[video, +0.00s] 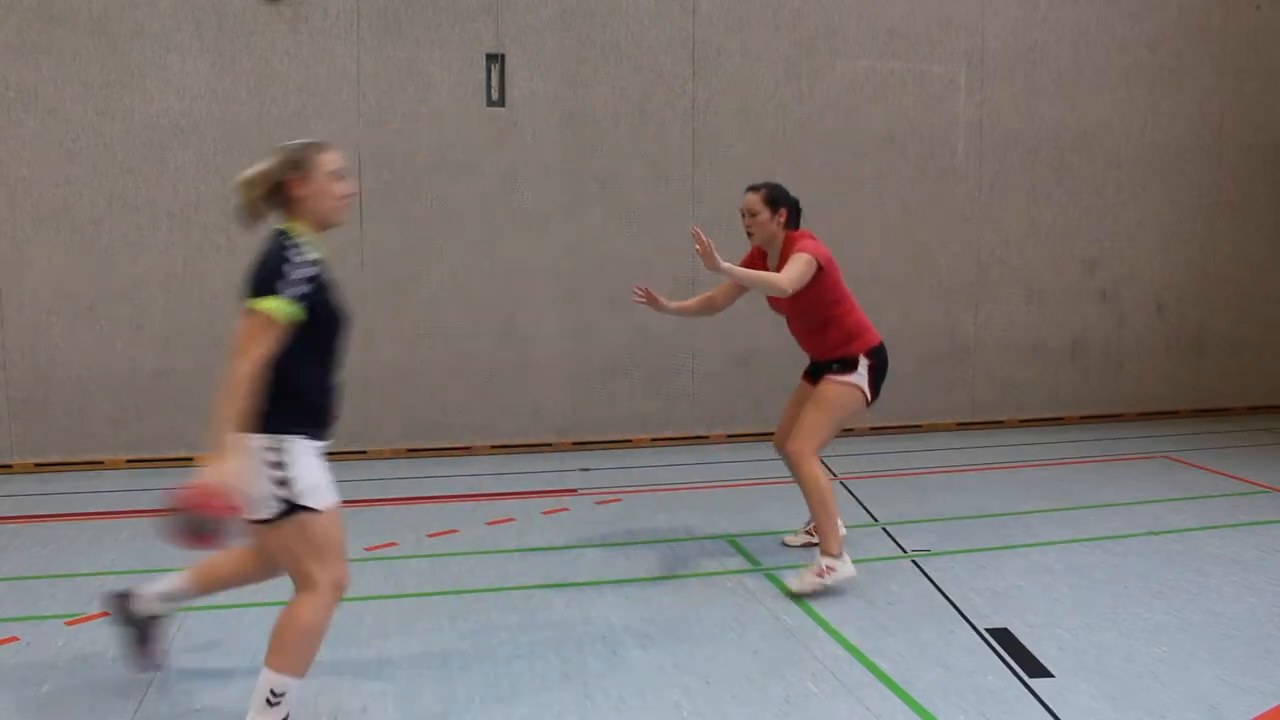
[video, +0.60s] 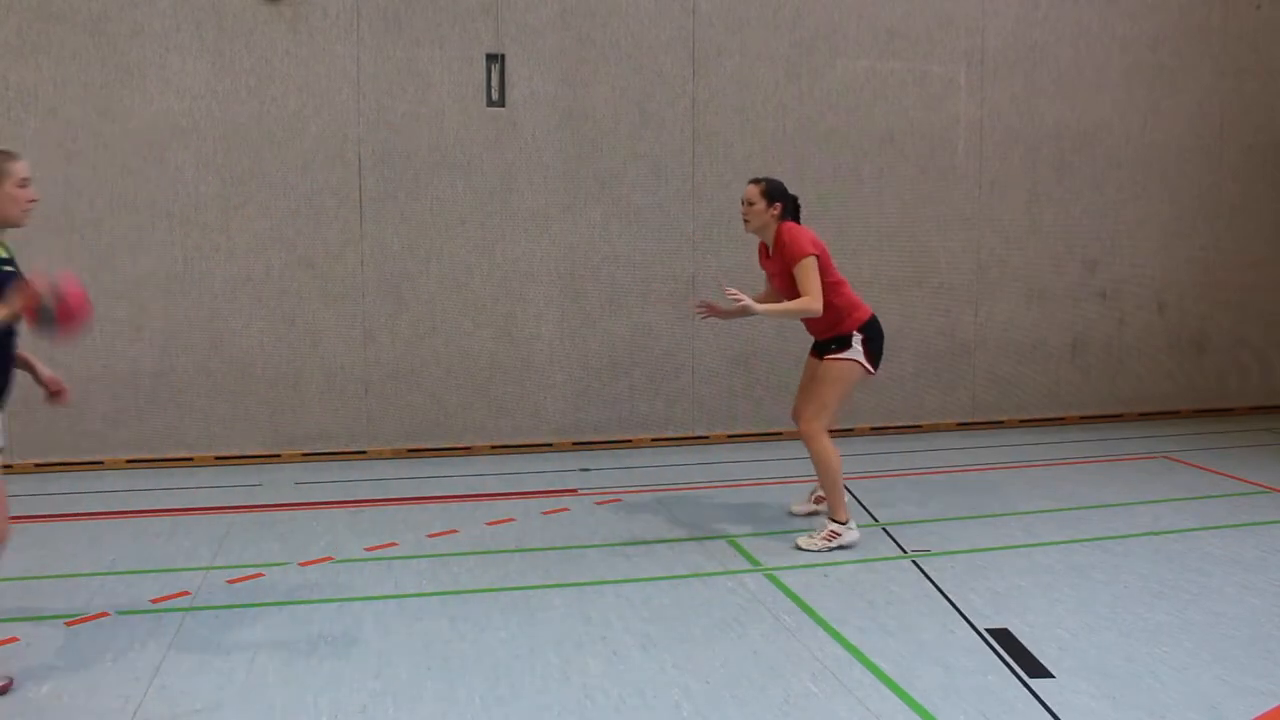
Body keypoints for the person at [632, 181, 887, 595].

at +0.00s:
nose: (745, 224)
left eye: (751, 216)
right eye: (743, 217)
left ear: (780, 217)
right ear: (754, 222)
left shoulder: (806, 249)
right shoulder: (759, 256)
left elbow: (785, 283)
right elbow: (716, 301)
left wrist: (724, 268)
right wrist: (669, 306)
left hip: (857, 361)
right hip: (825, 362)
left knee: (802, 448)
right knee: (785, 442)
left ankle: (834, 557)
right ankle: (827, 523)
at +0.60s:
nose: (742, 211)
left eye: (749, 204)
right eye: (742, 204)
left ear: (774, 208)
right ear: (759, 211)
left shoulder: (796, 238)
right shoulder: (766, 248)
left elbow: (813, 304)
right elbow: (779, 294)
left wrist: (757, 307)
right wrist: (732, 311)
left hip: (854, 334)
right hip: (827, 337)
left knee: (813, 423)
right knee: (804, 415)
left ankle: (842, 523)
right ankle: (831, 489)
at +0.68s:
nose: (744, 215)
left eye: (751, 208)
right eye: (743, 208)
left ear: (775, 212)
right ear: (763, 215)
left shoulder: (795, 242)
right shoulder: (771, 252)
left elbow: (810, 305)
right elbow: (780, 299)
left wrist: (756, 305)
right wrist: (737, 312)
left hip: (854, 340)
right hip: (830, 342)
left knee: (817, 427)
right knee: (806, 417)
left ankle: (845, 526)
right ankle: (833, 487)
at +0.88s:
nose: (749, 229)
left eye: (756, 223)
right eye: (749, 223)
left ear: (780, 226)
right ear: (770, 229)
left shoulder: (798, 253)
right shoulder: (776, 261)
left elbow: (794, 300)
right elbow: (768, 308)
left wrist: (743, 284)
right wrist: (729, 311)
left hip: (860, 348)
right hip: (835, 350)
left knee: (813, 426)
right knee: (806, 424)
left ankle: (841, 524)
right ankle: (838, 491)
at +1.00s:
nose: (751, 228)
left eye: (757, 222)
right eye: (751, 222)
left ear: (782, 224)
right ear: (773, 227)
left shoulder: (801, 250)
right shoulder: (778, 261)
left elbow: (788, 295)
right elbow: (775, 307)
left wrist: (738, 272)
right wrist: (732, 314)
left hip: (863, 344)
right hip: (837, 348)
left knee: (819, 424)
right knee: (809, 423)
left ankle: (844, 522)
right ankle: (838, 488)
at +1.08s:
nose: (752, 229)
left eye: (759, 223)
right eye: (752, 223)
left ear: (783, 226)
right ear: (776, 228)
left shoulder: (801, 252)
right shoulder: (780, 263)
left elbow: (789, 297)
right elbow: (782, 309)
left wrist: (738, 271)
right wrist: (737, 317)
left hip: (864, 346)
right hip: (837, 350)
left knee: (821, 426)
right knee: (809, 424)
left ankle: (850, 524)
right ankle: (838, 489)